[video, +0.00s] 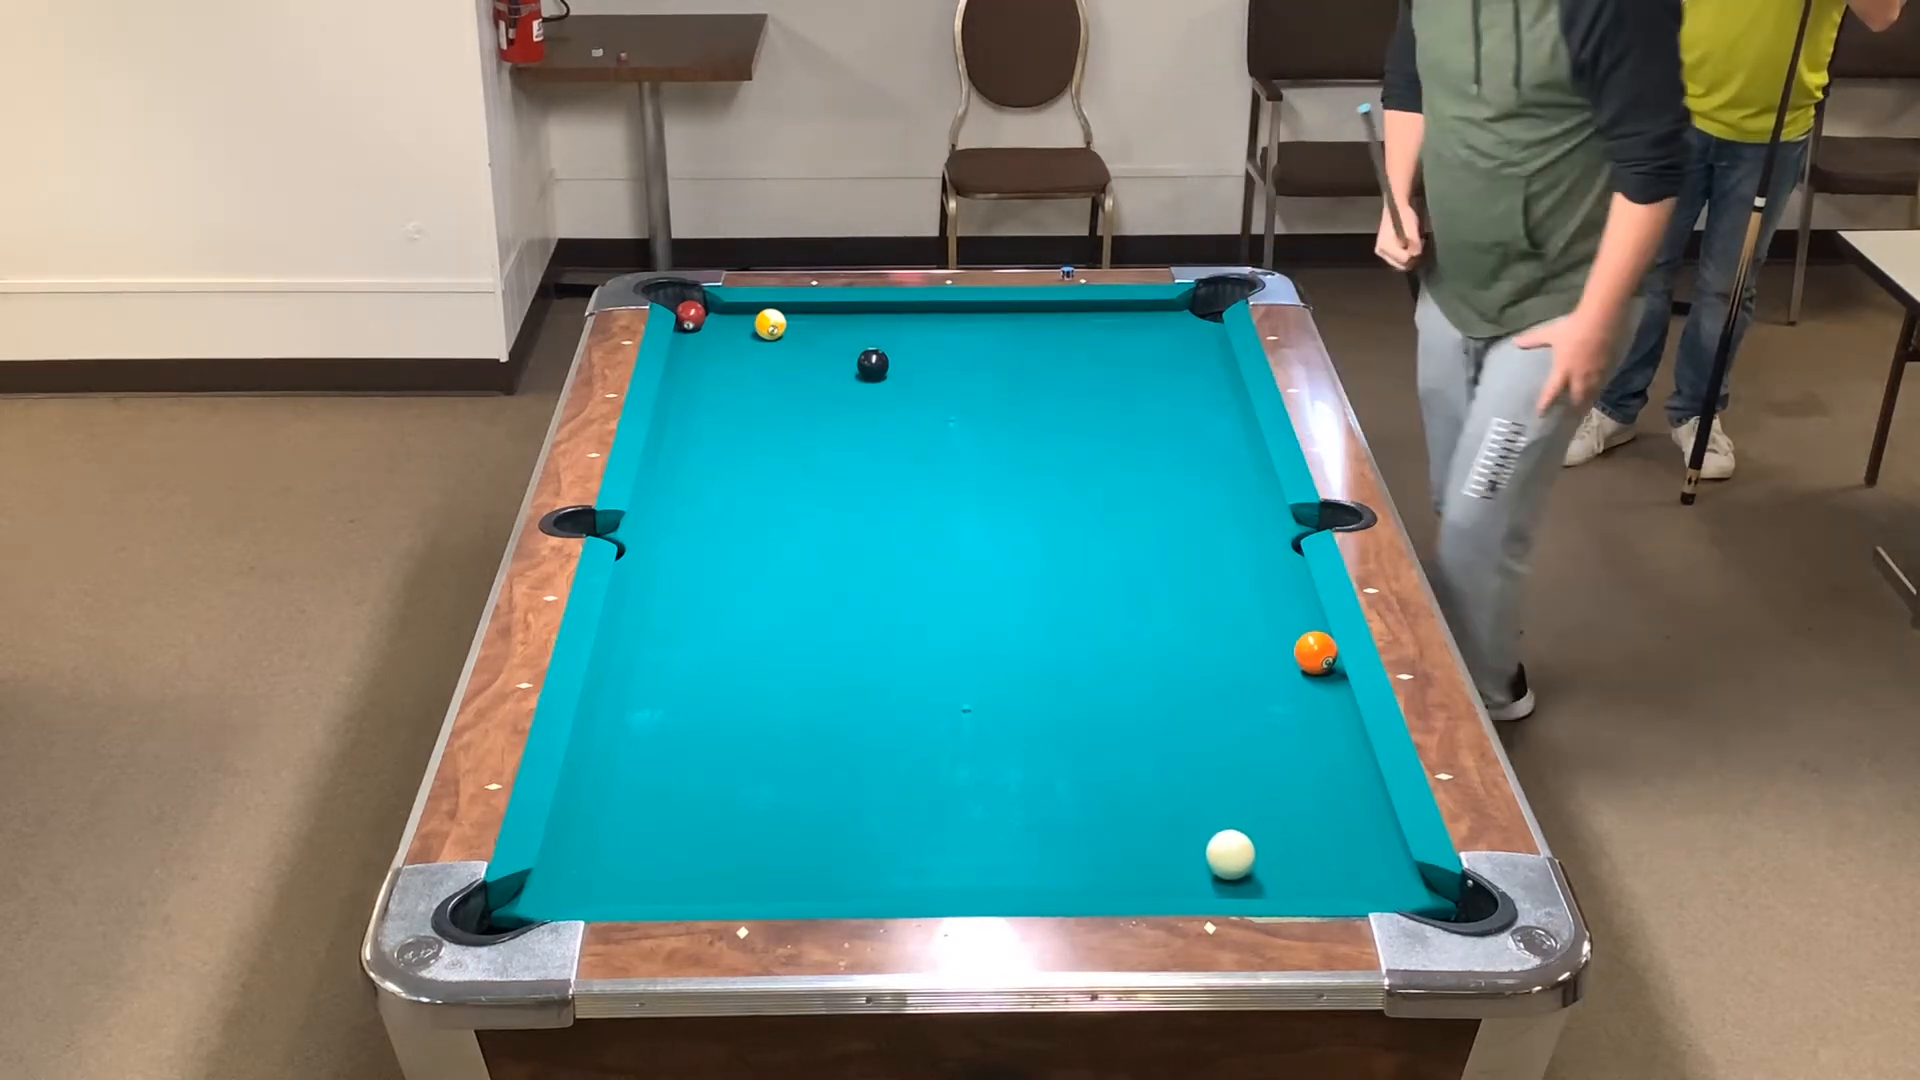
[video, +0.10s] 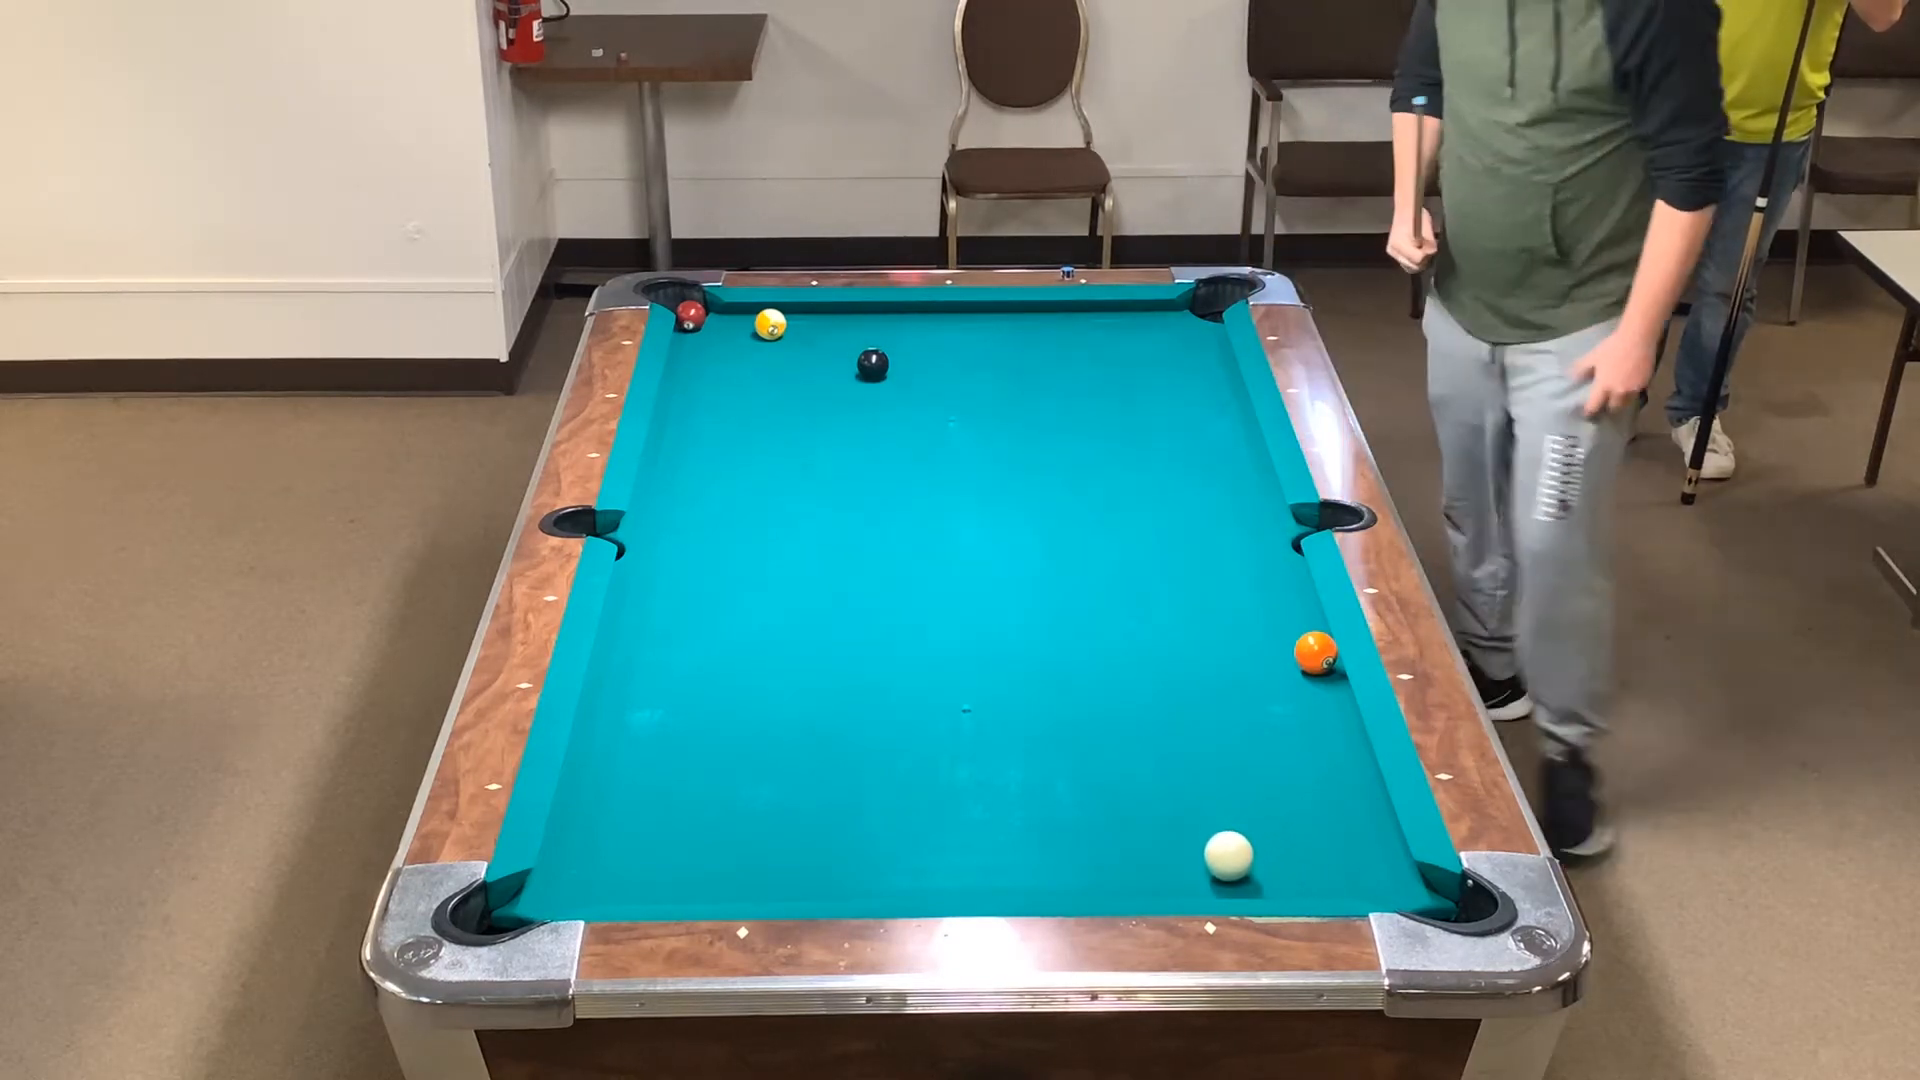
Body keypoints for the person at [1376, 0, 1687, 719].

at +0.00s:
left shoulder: (1615, 8)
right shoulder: (1426, 8)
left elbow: (1654, 162)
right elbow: (1408, 79)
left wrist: (1597, 322)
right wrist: (1398, 195)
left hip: (1559, 297)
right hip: (1451, 278)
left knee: (1474, 526)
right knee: (1455, 502)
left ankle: (1483, 691)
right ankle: (1490, 677)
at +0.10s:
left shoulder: (1653, 9)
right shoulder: (1446, 7)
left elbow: (1692, 171)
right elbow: (1419, 82)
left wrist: (1638, 337)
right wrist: (1407, 202)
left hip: (1580, 312)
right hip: (1461, 291)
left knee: (1552, 535)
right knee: (1470, 505)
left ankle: (1567, 751)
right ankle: (1491, 657)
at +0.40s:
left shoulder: (1803, 17)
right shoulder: (1557, 5)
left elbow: (1826, 196)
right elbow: (1484, 114)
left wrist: (1751, 351)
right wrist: (1478, 246)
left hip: (1711, 369)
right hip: (1554, 349)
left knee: (1704, 588)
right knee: (1506, 539)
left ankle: (1673, 790)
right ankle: (1483, 662)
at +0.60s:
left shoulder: (1887, 24)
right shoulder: (1637, 9)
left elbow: (1918, 189)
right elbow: (1554, 160)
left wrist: (1882, 322)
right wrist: (1595, 294)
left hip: (1800, 394)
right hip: (1642, 368)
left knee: (1740, 618)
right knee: (1560, 602)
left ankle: (1679, 794)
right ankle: (1535, 720)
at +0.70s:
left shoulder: (1904, 40)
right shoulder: (1678, 14)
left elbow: (1918, 202)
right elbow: (1583, 186)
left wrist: (1917, 302)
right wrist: (1670, 311)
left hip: (1826, 412)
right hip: (1674, 395)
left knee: (1753, 628)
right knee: (1635, 635)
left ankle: (1683, 793)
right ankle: (1597, 811)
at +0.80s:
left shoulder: (1915, 44)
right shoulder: (1718, 23)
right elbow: (1618, 213)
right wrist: (1740, 330)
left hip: (1855, 420)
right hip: (1709, 413)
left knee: (1766, 657)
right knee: (1703, 675)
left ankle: (1682, 815)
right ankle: (1675, 911)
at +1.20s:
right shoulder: (1880, 82)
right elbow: (1750, 299)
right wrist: (1893, 421)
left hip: (1914, 509)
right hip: (1843, 502)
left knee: (1907, 754)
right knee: (1823, 774)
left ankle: (1779, 802)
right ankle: (1781, 995)